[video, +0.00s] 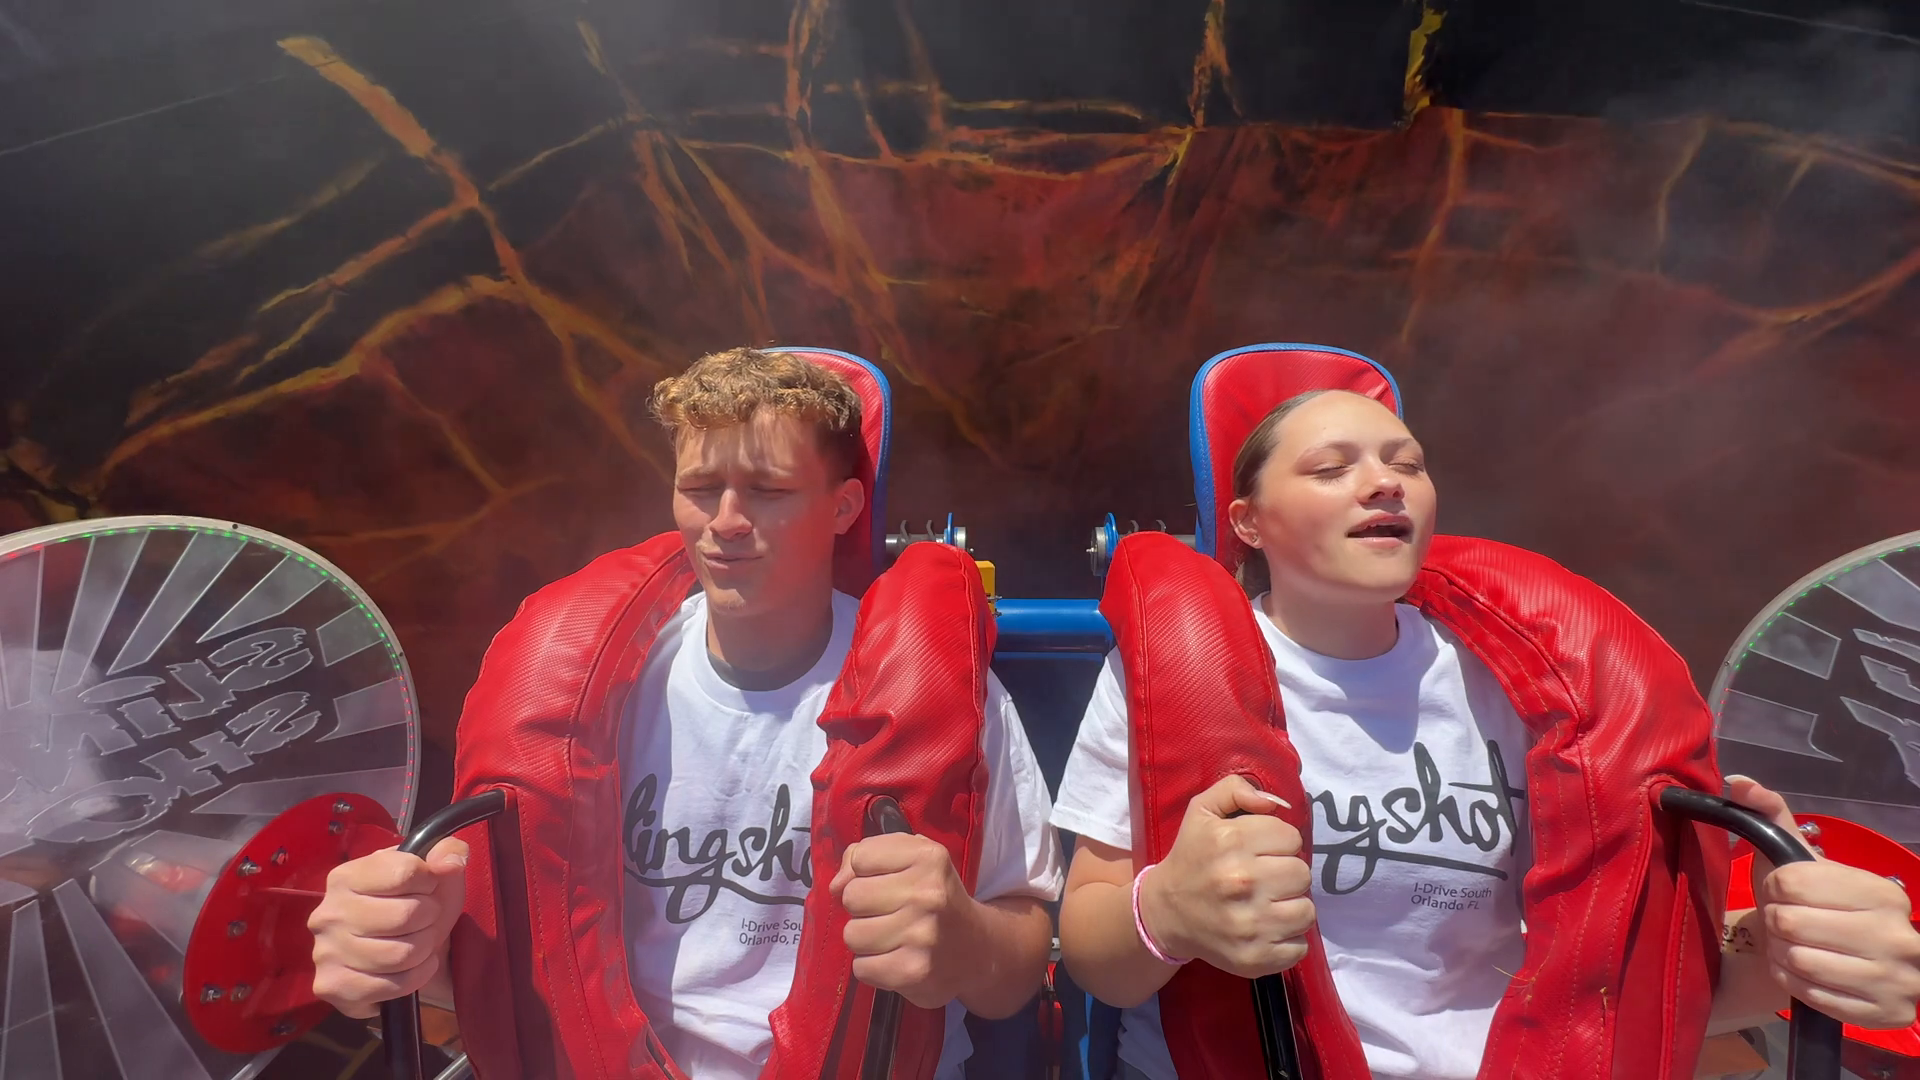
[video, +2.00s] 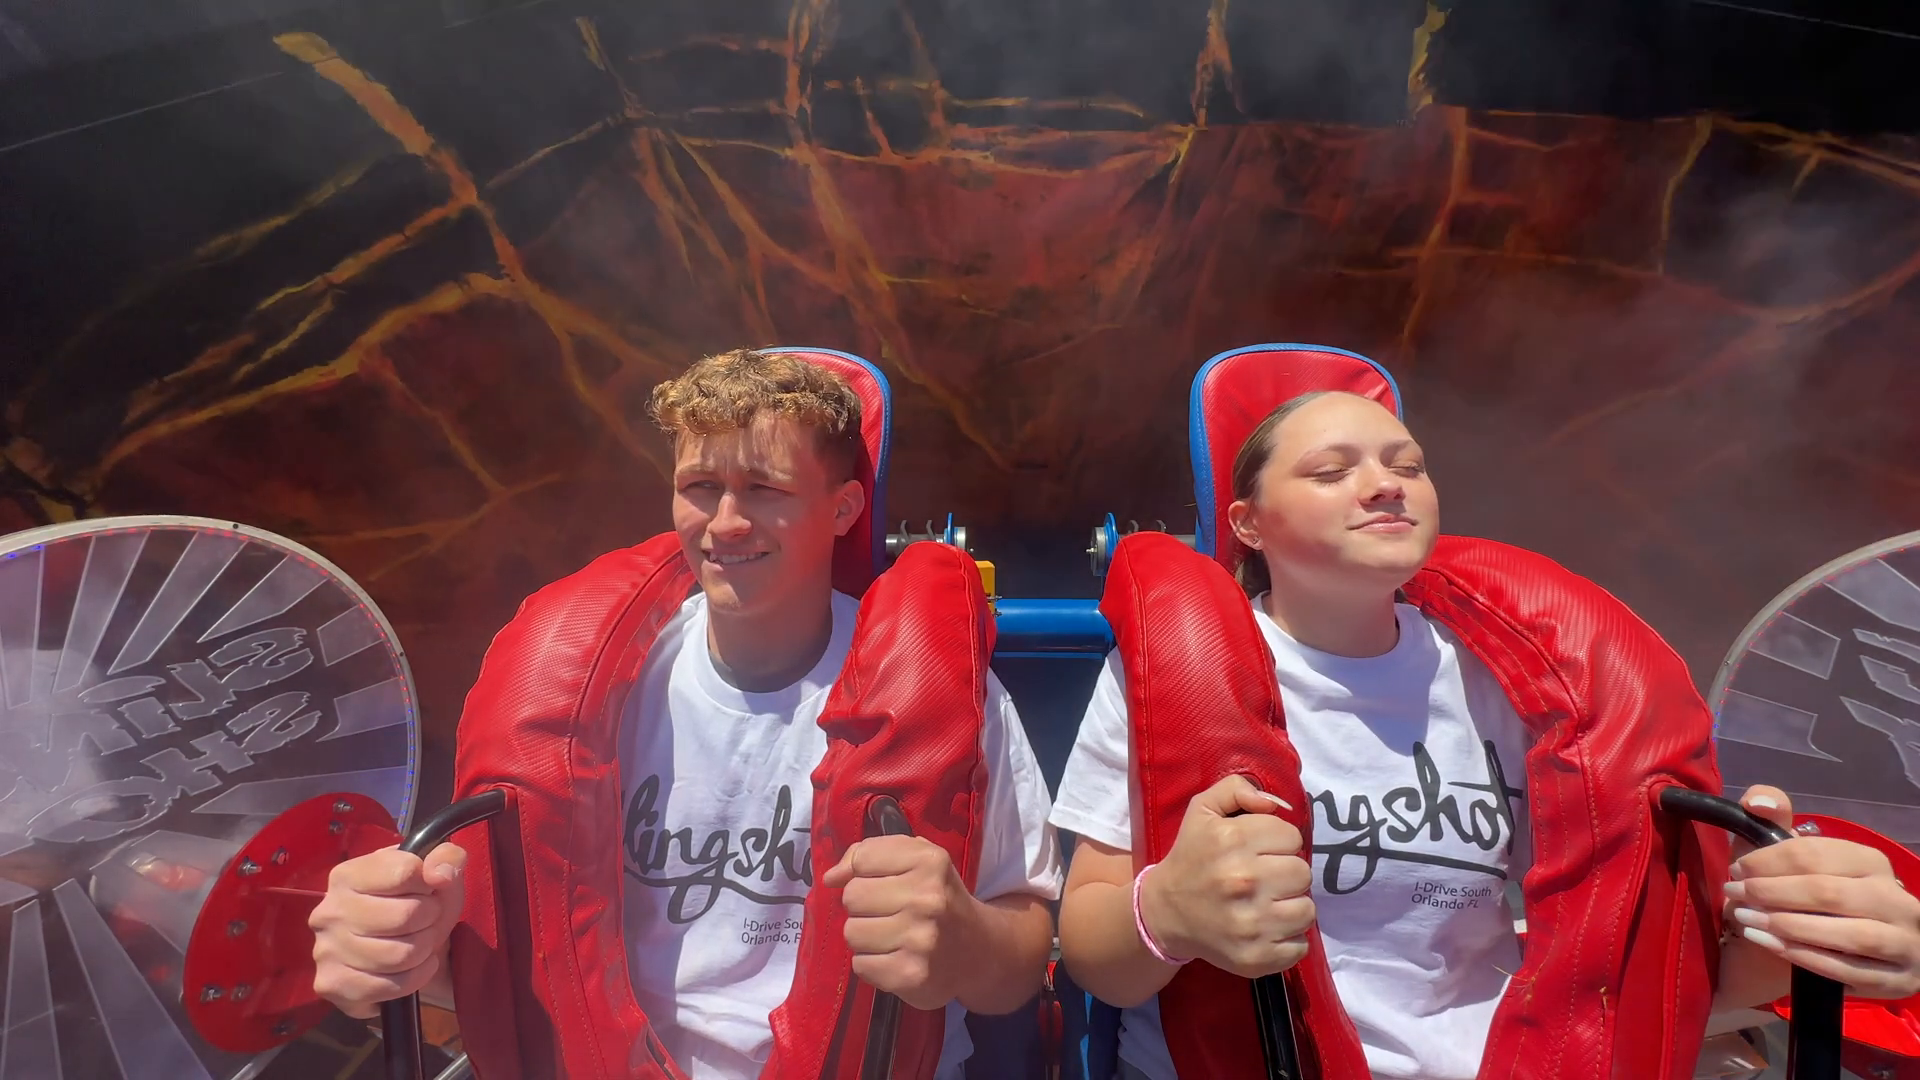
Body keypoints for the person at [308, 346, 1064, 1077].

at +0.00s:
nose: (727, 522)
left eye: (766, 490)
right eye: (704, 488)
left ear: (846, 507)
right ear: (674, 493)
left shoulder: (935, 690)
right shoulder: (583, 673)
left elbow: (1025, 962)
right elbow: (505, 932)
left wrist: (969, 945)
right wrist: (410, 944)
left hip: (831, 1062)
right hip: (612, 1057)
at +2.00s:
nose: (725, 523)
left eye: (764, 491)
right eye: (702, 489)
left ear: (845, 506)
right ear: (673, 491)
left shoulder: (934, 688)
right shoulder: (582, 673)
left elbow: (1027, 957)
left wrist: (969, 946)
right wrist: (415, 944)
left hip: (837, 1064)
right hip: (616, 1059)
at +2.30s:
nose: (727, 524)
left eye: (766, 491)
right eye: (703, 489)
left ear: (846, 507)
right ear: (674, 493)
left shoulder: (935, 687)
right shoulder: (586, 674)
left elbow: (1026, 959)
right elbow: (502, 920)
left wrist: (973, 946)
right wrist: (406, 941)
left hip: (840, 1063)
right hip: (617, 1058)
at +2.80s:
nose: (731, 525)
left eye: (770, 493)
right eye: (707, 491)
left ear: (848, 507)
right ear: (676, 492)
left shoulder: (936, 690)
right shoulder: (584, 672)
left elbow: (1024, 959)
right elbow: (499, 915)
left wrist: (966, 948)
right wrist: (402, 940)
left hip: (835, 1064)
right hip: (613, 1059)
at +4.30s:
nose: (864, 517)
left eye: (872, 486)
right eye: (822, 485)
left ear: (884, 491)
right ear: (712, 496)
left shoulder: (939, 685)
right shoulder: (585, 669)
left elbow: (1023, 962)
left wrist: (965, 948)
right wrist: (407, 942)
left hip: (837, 1062)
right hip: (615, 1058)